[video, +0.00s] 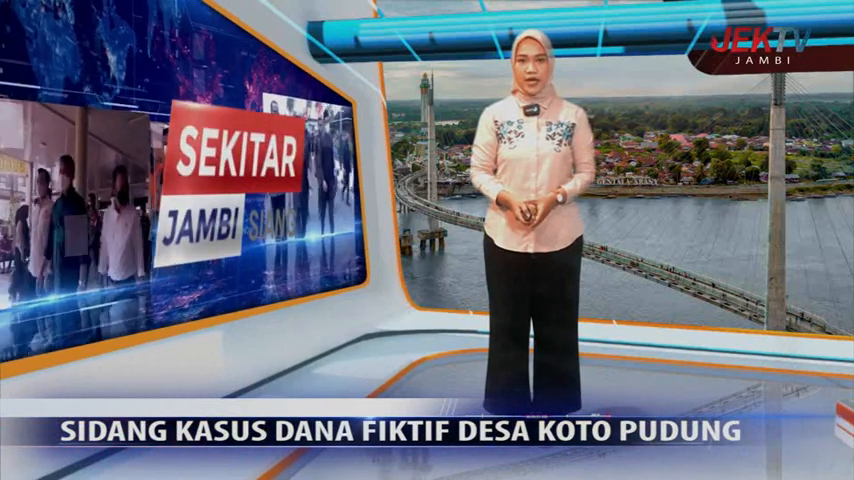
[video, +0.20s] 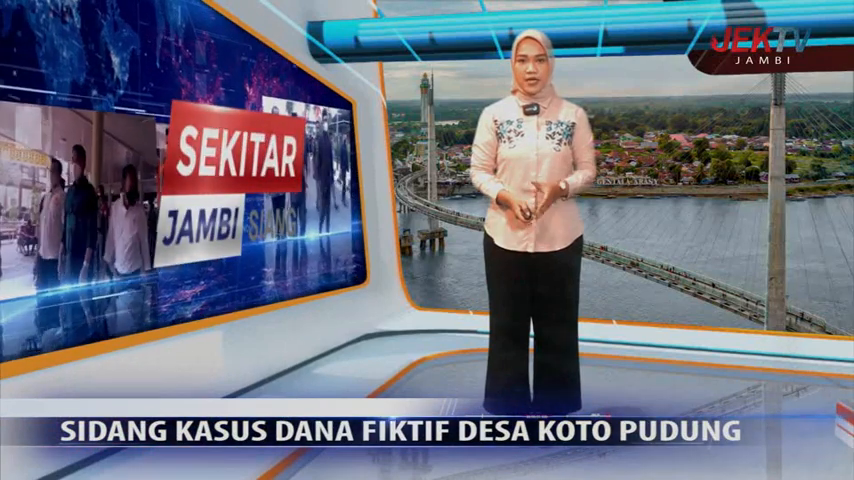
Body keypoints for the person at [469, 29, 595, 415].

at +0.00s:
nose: (531, 67)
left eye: (539, 59)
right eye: (523, 60)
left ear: (551, 65)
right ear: (512, 65)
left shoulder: (573, 116)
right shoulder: (494, 116)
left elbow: (586, 173)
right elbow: (479, 171)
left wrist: (553, 198)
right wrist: (508, 200)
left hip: (559, 243)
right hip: (506, 244)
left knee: (558, 338)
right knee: (507, 336)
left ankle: (558, 422)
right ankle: (506, 422)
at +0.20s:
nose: (531, 67)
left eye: (539, 60)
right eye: (523, 60)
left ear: (551, 65)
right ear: (512, 65)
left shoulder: (573, 115)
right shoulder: (493, 115)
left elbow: (587, 171)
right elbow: (479, 171)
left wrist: (560, 189)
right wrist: (507, 197)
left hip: (558, 242)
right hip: (506, 243)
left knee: (558, 337)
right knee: (507, 336)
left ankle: (558, 422)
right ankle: (506, 422)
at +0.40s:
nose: (531, 67)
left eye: (539, 60)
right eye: (523, 60)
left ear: (551, 65)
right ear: (512, 65)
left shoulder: (573, 115)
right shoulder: (494, 116)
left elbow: (587, 171)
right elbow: (479, 171)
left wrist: (561, 185)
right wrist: (506, 198)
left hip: (559, 241)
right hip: (507, 242)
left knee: (558, 337)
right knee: (507, 336)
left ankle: (558, 421)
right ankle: (506, 421)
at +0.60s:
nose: (532, 67)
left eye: (540, 60)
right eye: (523, 60)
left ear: (551, 65)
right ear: (513, 65)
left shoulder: (573, 115)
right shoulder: (494, 116)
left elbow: (587, 171)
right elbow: (479, 171)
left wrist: (558, 189)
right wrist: (507, 196)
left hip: (559, 241)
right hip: (507, 242)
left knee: (558, 337)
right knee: (508, 336)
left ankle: (558, 422)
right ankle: (506, 422)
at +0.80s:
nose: (531, 67)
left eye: (540, 60)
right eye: (523, 60)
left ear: (551, 65)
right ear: (513, 65)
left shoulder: (573, 115)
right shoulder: (494, 116)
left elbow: (587, 172)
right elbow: (480, 171)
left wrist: (558, 187)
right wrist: (507, 197)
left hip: (559, 241)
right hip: (507, 242)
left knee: (558, 337)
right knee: (507, 336)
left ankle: (558, 422)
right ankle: (506, 422)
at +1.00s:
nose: (531, 67)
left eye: (539, 60)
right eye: (523, 60)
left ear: (551, 65)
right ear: (513, 66)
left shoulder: (573, 116)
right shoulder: (494, 116)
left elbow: (588, 171)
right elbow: (480, 171)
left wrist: (560, 190)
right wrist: (507, 196)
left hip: (559, 242)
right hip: (507, 243)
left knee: (558, 337)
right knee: (507, 336)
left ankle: (558, 422)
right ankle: (506, 423)